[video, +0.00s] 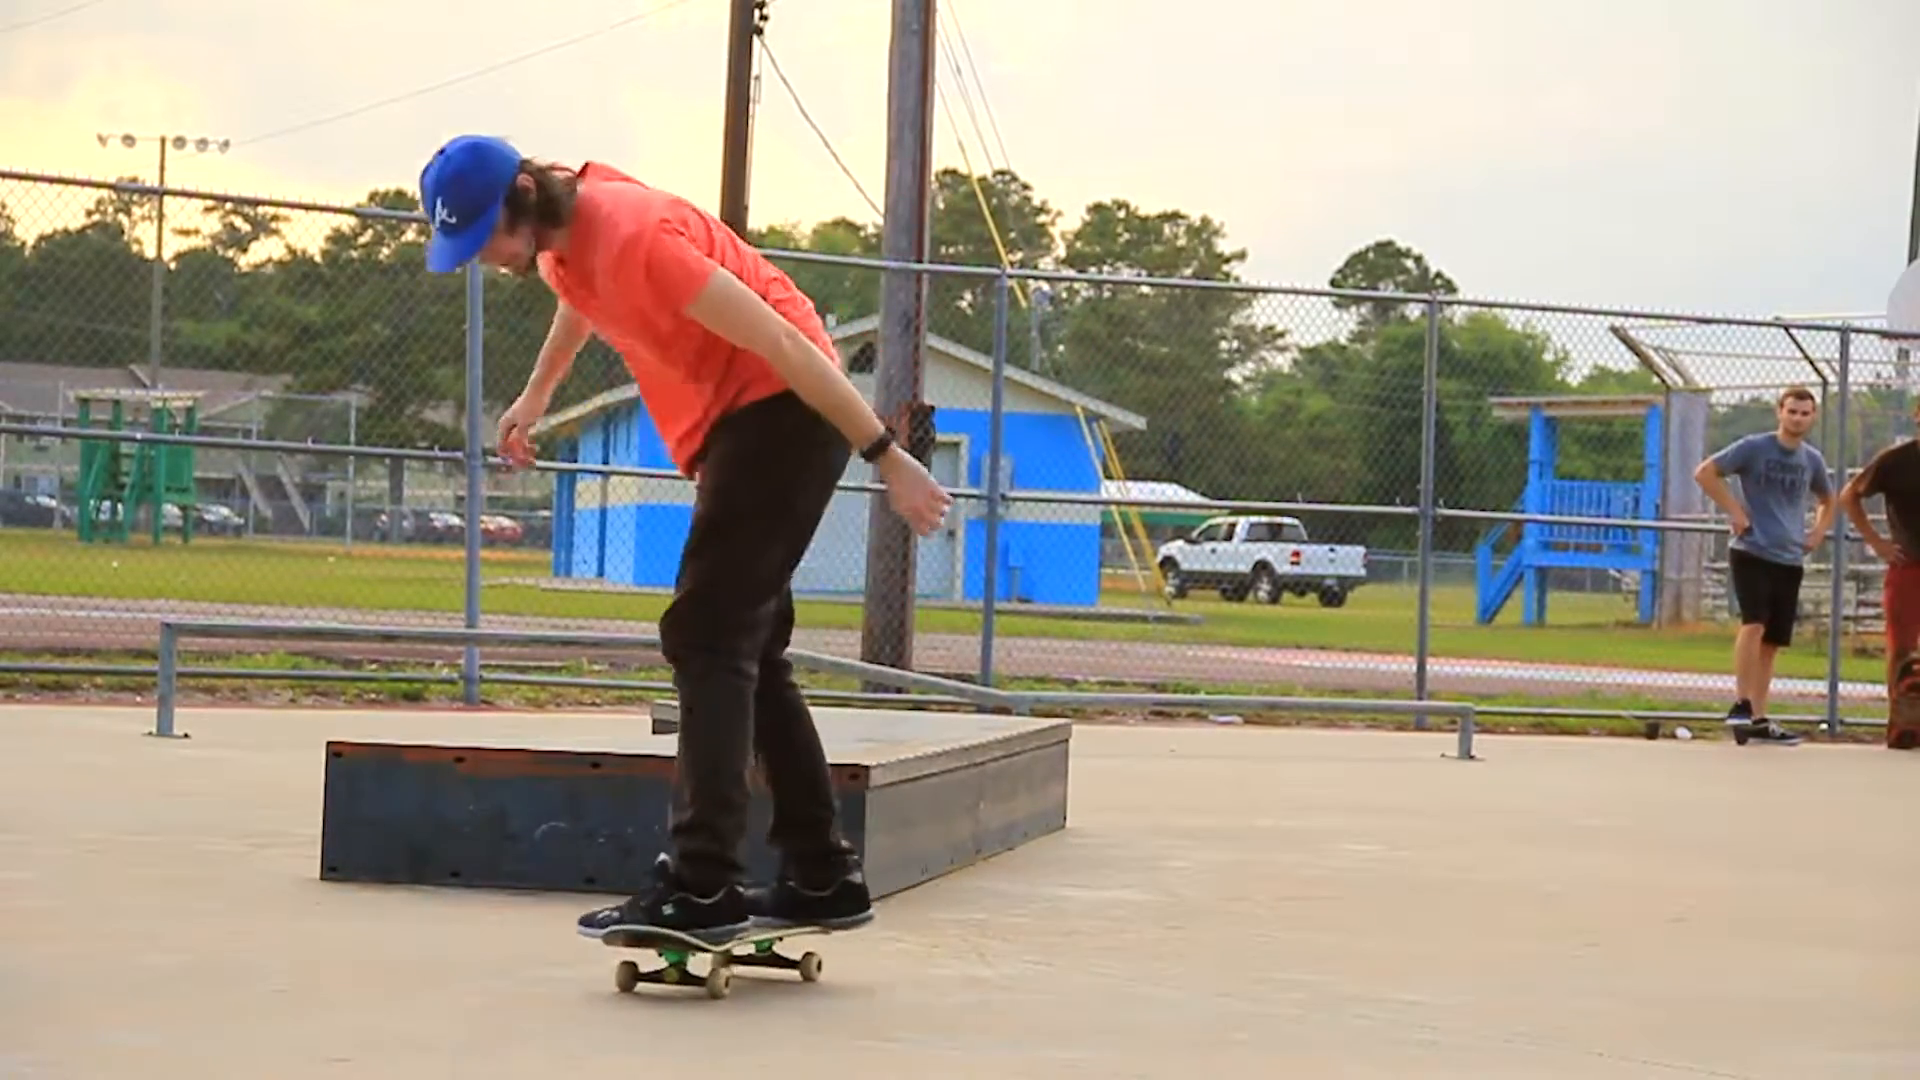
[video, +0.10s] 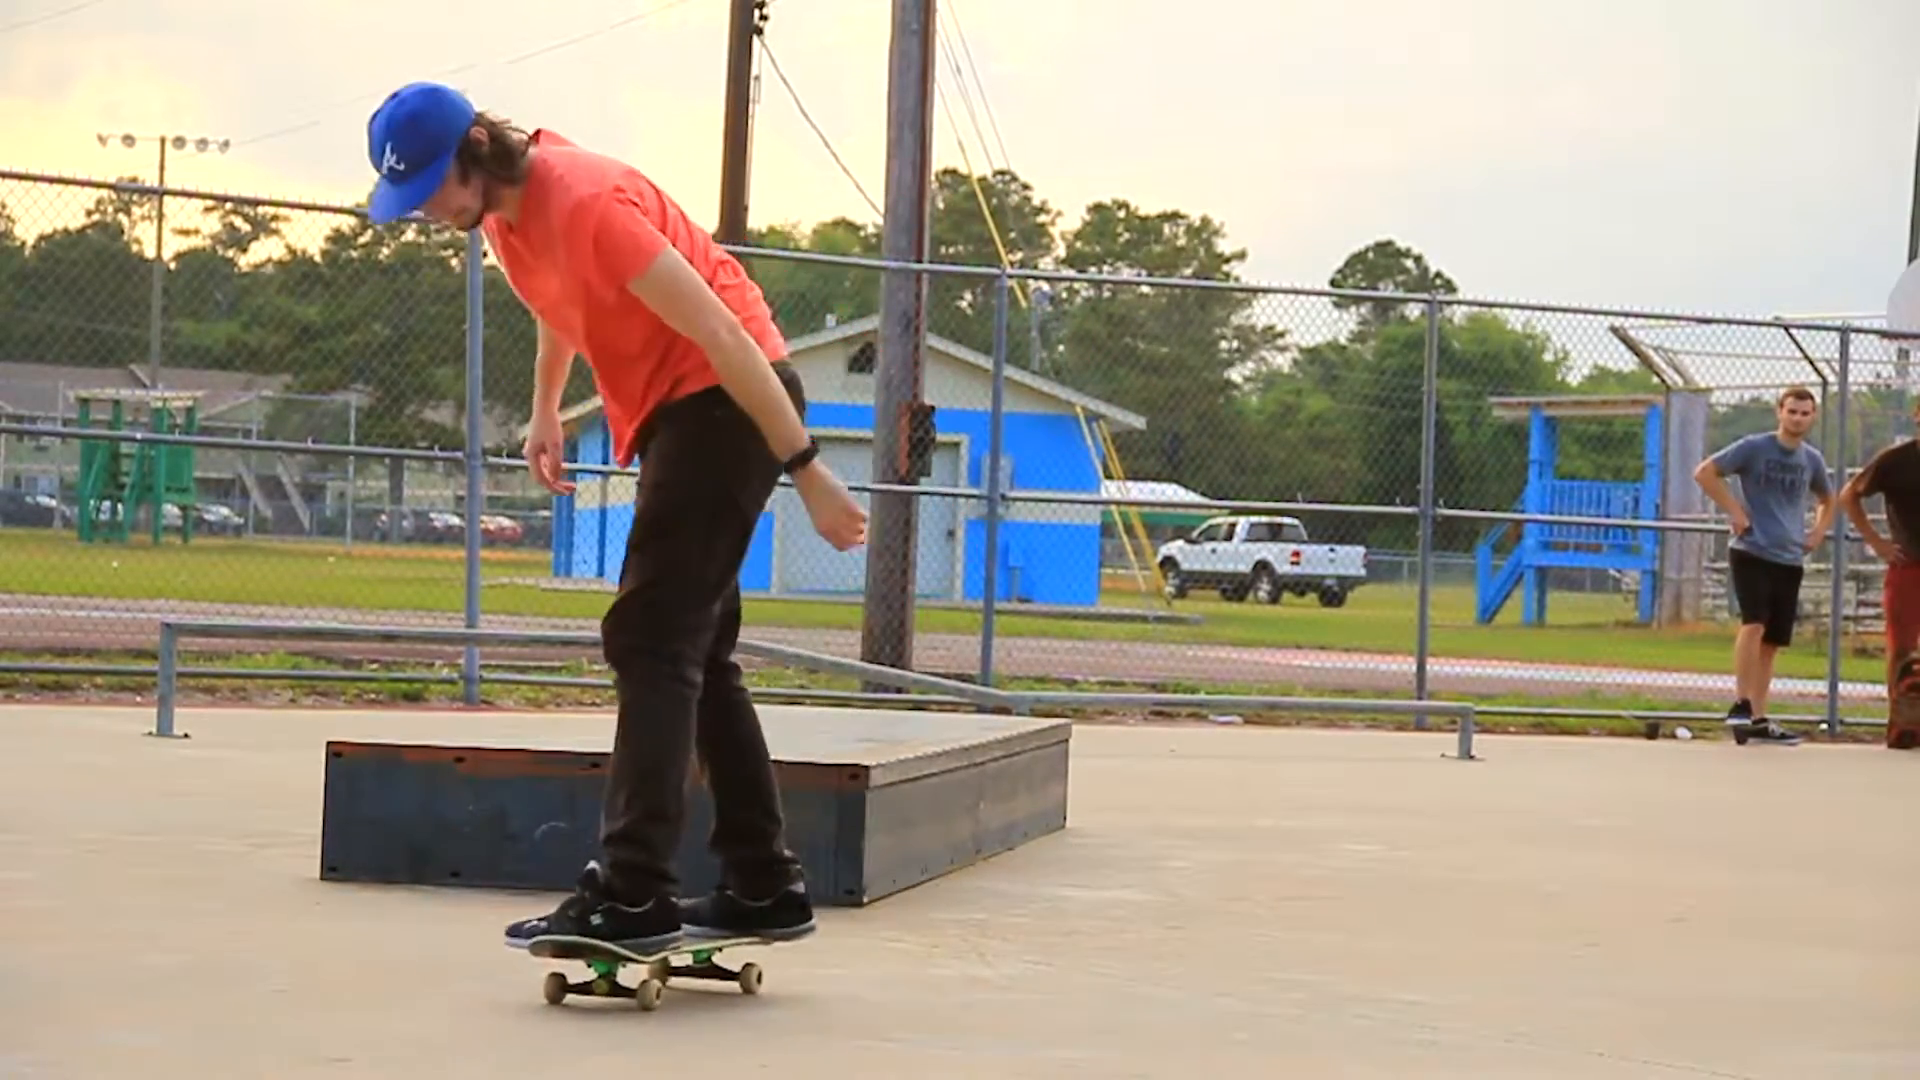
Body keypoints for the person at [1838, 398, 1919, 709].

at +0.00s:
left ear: (1914, 417)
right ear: (1915, 417)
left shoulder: (1900, 458)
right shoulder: (1900, 458)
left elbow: (1850, 496)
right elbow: (1849, 495)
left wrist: (1877, 543)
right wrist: (1877, 543)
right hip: (1907, 569)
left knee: (1905, 657)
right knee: (1903, 656)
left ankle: (1906, 739)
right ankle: (1903, 741)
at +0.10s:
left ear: (1914, 416)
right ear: (1915, 416)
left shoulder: (1901, 457)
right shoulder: (1900, 458)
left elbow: (1850, 496)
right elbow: (1849, 495)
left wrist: (1877, 544)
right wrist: (1877, 543)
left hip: (1909, 568)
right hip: (1906, 567)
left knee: (1904, 650)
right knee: (1903, 648)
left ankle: (1905, 726)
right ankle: (1902, 726)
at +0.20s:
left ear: (1913, 415)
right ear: (1915, 415)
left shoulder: (1901, 457)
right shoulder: (1901, 458)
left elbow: (1849, 495)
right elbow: (1849, 495)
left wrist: (1875, 542)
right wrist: (1876, 542)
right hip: (1907, 567)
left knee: (1905, 653)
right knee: (1903, 652)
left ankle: (1904, 732)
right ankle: (1902, 732)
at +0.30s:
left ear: (1914, 415)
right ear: (1915, 415)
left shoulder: (1901, 457)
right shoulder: (1900, 458)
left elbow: (1849, 495)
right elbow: (1849, 495)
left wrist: (1875, 541)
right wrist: (1876, 542)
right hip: (1907, 567)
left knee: (1905, 654)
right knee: (1903, 653)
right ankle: (1901, 732)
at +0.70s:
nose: (1918, 414)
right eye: (1919, 410)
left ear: (1914, 414)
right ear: (1915, 414)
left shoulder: (1901, 457)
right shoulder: (1900, 458)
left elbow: (1849, 495)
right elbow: (1849, 495)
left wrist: (1875, 541)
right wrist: (1876, 542)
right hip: (1907, 566)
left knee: (1905, 651)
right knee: (1903, 651)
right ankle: (1902, 729)